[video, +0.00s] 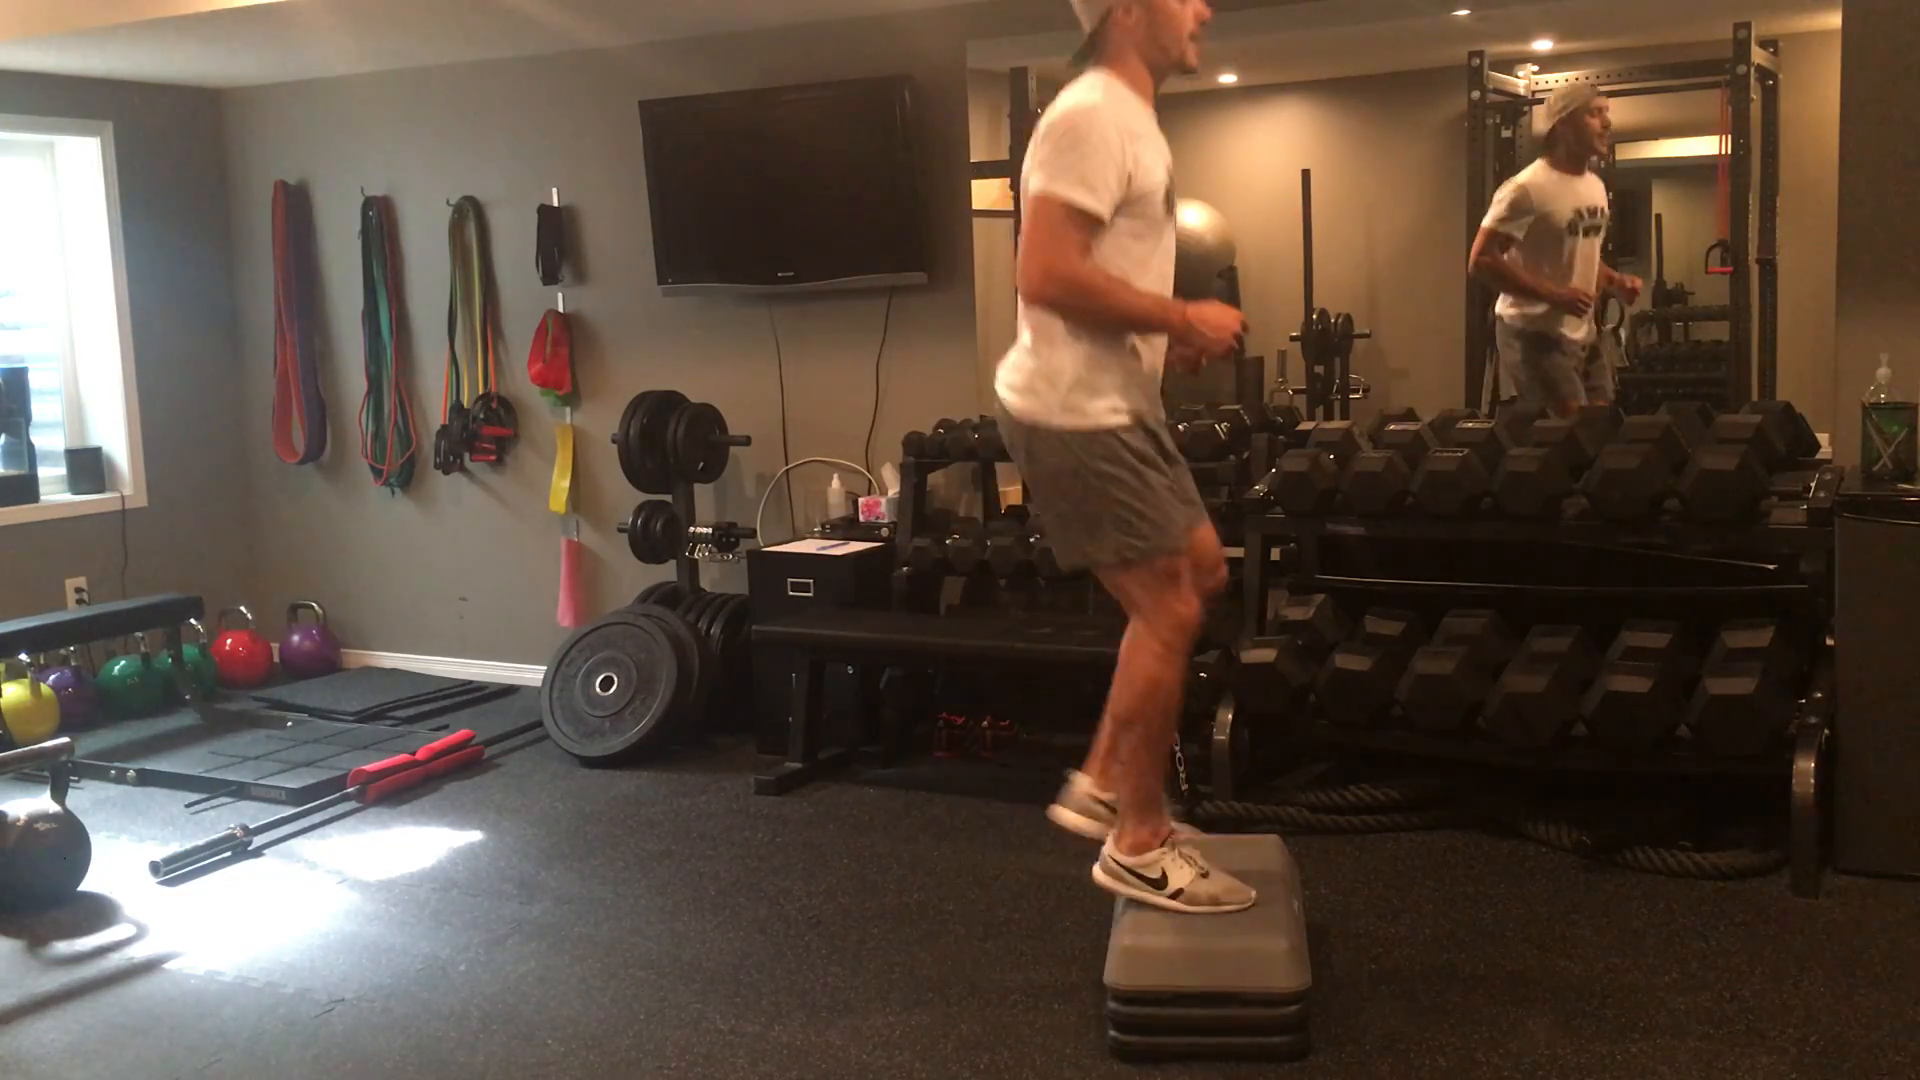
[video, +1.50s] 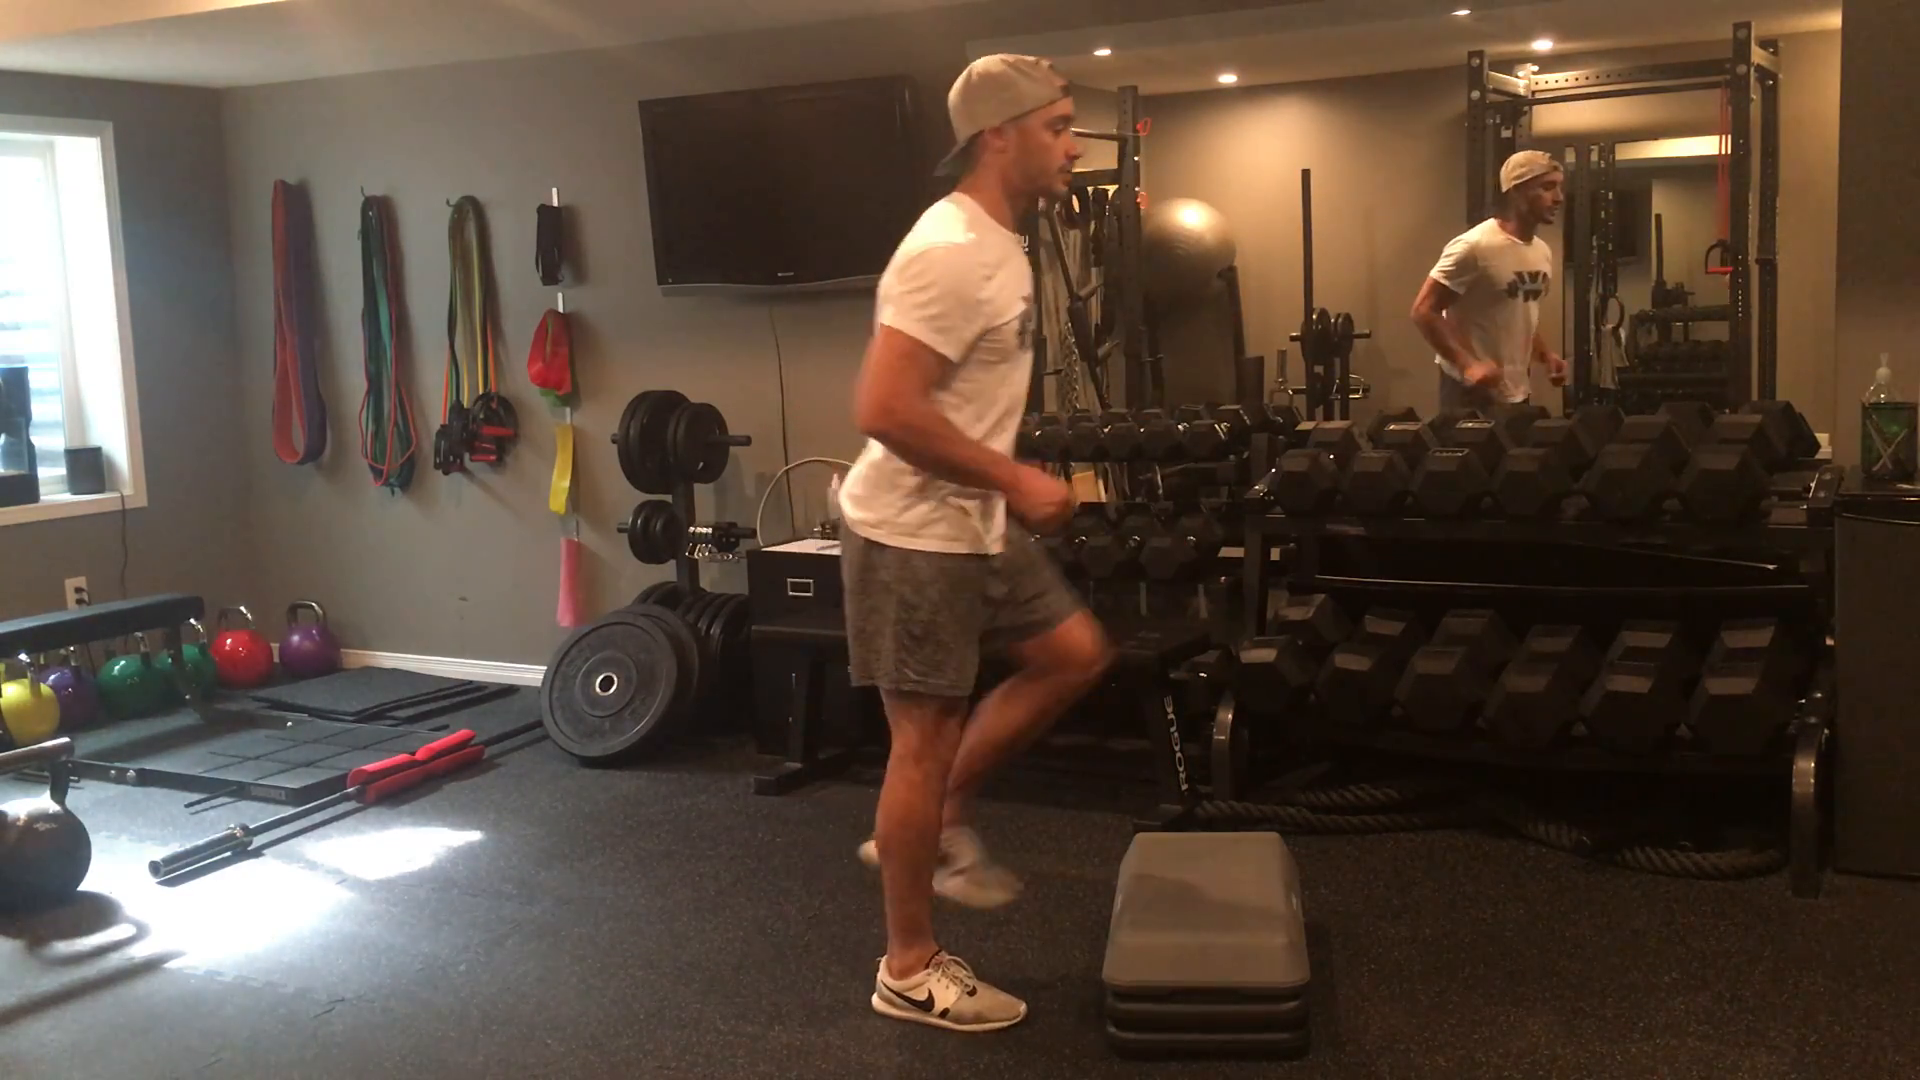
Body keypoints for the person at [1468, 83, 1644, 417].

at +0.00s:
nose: (1607, 123)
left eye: (1607, 114)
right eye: (1595, 113)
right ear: (1562, 124)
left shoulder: (1595, 186)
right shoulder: (1524, 188)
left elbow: (1580, 257)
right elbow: (1482, 261)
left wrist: (1615, 281)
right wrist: (1554, 294)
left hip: (1582, 332)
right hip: (1533, 334)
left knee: (1598, 421)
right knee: (1571, 425)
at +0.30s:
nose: (1593, 149)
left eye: (1593, 140)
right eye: (1580, 139)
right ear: (1545, 149)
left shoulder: (1573, 209)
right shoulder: (1515, 209)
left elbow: (1559, 284)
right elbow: (1476, 281)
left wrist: (1595, 303)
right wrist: (1551, 309)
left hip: (1560, 357)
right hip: (1516, 358)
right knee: (1514, 457)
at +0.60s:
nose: (1565, 205)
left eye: (1565, 195)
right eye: (1554, 193)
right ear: (1521, 196)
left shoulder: (1543, 257)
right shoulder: (1477, 250)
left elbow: (1528, 325)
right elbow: (1431, 317)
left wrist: (1568, 348)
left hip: (1524, 400)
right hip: (1479, 403)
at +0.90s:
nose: (1529, 203)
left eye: (1528, 192)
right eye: (1517, 193)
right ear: (1484, 202)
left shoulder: (1512, 257)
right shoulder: (1449, 259)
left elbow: (1499, 325)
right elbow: (1396, 322)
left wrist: (1519, 368)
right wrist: (1437, 384)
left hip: (1496, 407)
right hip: (1449, 413)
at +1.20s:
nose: (1530, 211)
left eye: (1530, 201)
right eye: (1519, 201)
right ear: (1488, 204)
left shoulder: (1510, 255)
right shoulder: (1444, 263)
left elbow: (1495, 321)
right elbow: (1392, 324)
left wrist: (1517, 361)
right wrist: (1434, 387)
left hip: (1488, 404)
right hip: (1442, 409)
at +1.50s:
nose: (1559, 197)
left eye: (1559, 188)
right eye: (1548, 187)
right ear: (1518, 190)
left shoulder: (1542, 252)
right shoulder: (1472, 247)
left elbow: (1519, 318)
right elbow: (1423, 311)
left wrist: (1546, 355)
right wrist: (1467, 365)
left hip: (1517, 395)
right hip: (1470, 398)